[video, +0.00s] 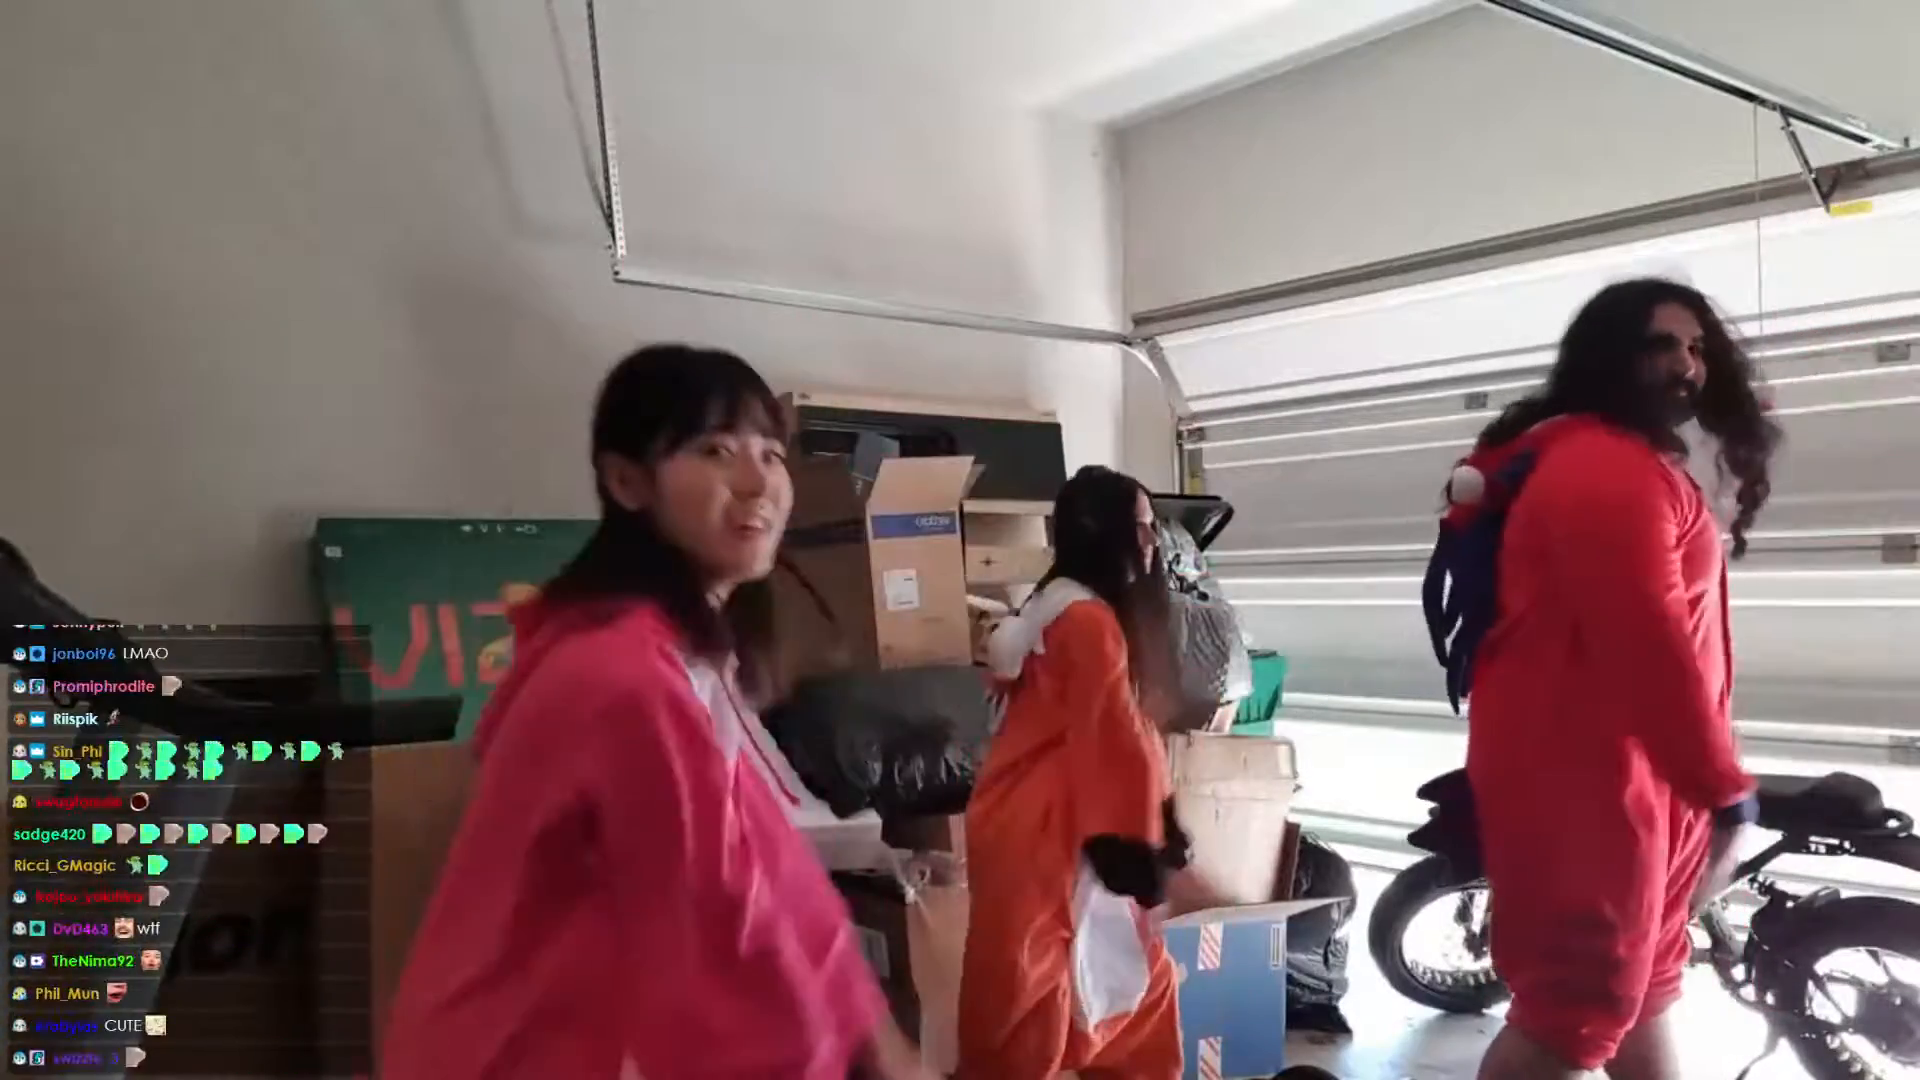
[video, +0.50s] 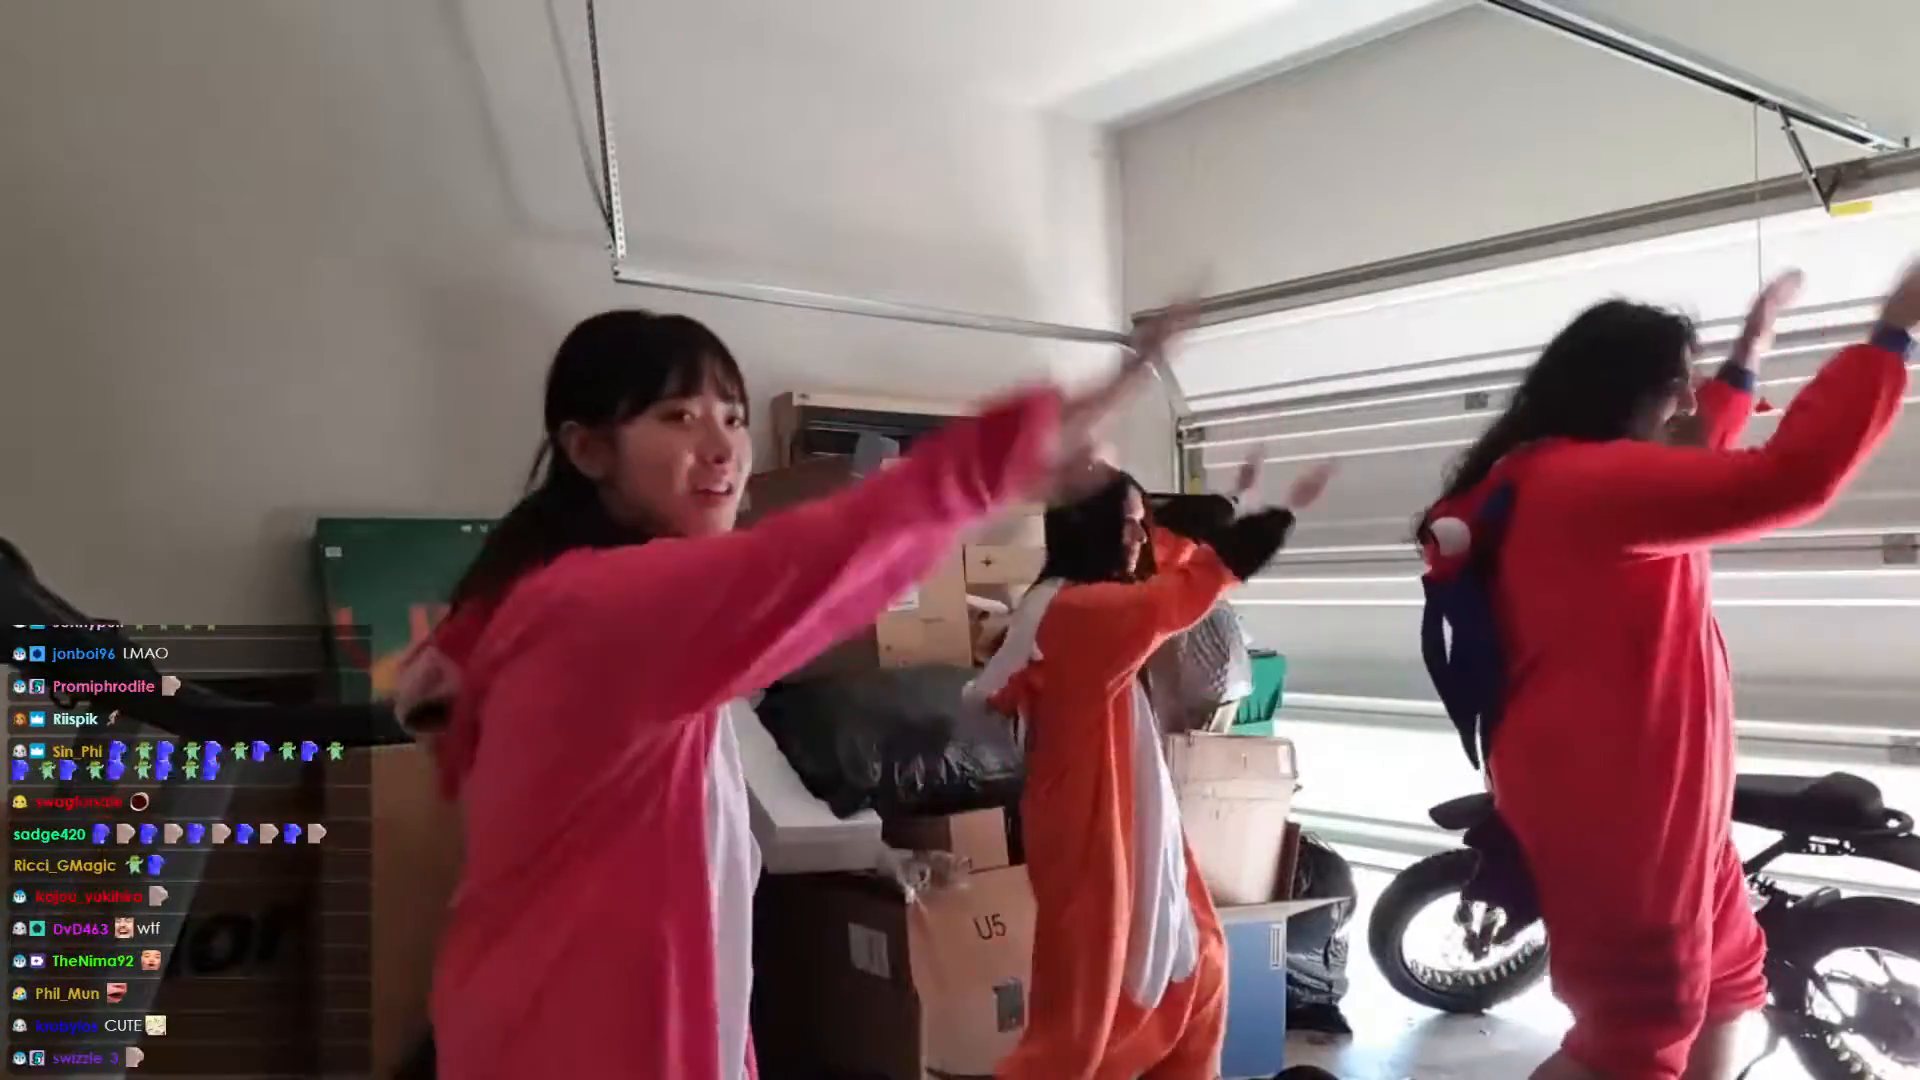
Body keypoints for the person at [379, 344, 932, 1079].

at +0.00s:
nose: (758, 483)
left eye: (771, 455)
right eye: (715, 451)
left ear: (790, 479)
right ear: (627, 482)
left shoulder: (693, 653)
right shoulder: (621, 674)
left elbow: (785, 876)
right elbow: (728, 926)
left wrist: (879, 1044)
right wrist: (866, 1049)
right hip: (532, 1062)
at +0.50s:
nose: (721, 446)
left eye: (731, 420)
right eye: (677, 418)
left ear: (745, 435)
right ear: (587, 449)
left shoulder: (634, 607)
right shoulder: (576, 605)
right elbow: (811, 563)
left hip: (673, 1041)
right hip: (577, 1049)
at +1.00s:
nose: (735, 439)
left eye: (731, 413)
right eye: (703, 406)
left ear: (616, 428)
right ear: (598, 421)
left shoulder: (615, 589)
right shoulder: (581, 590)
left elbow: (857, 709)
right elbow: (851, 639)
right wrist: (1199, 676)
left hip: (658, 1034)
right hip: (585, 1045)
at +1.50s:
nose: (827, 440)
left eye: (818, 415)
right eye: (798, 417)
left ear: (719, 447)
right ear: (705, 444)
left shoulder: (702, 591)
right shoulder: (668, 583)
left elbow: (882, 714)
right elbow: (888, 669)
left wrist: (1041, 746)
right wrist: (1121, 693)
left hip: (667, 1033)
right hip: (600, 1040)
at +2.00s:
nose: (760, 320)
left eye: (792, 298)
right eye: (729, 301)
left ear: (839, 330)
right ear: (693, 335)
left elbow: (905, 267)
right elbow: (486, 270)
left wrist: (783, 44)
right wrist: (436, 49)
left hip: (820, 979)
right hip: (602, 975)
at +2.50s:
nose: (591, 548)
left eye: (626, 517)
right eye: (574, 530)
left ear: (714, 537)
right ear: (563, 553)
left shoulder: (808, 654)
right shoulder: (636, 704)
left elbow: (847, 910)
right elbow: (571, 896)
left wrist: (777, 1060)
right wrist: (477, 1045)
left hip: (925, 998)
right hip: (771, 998)